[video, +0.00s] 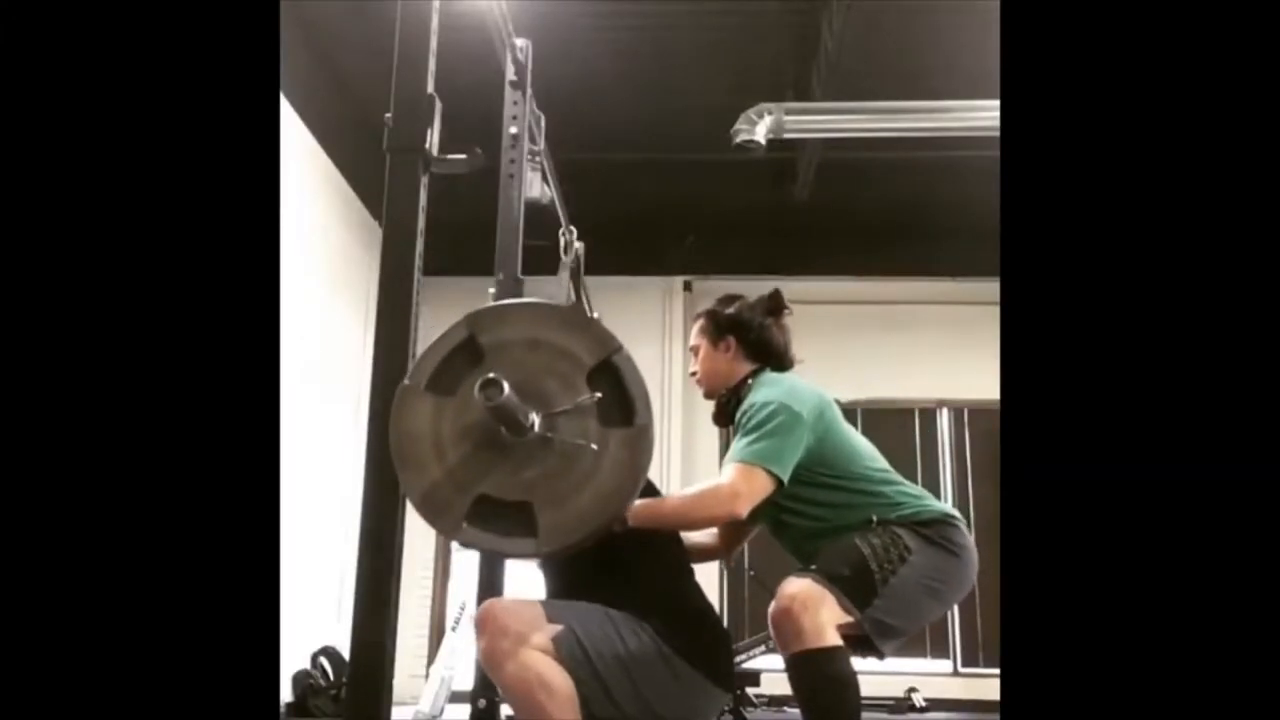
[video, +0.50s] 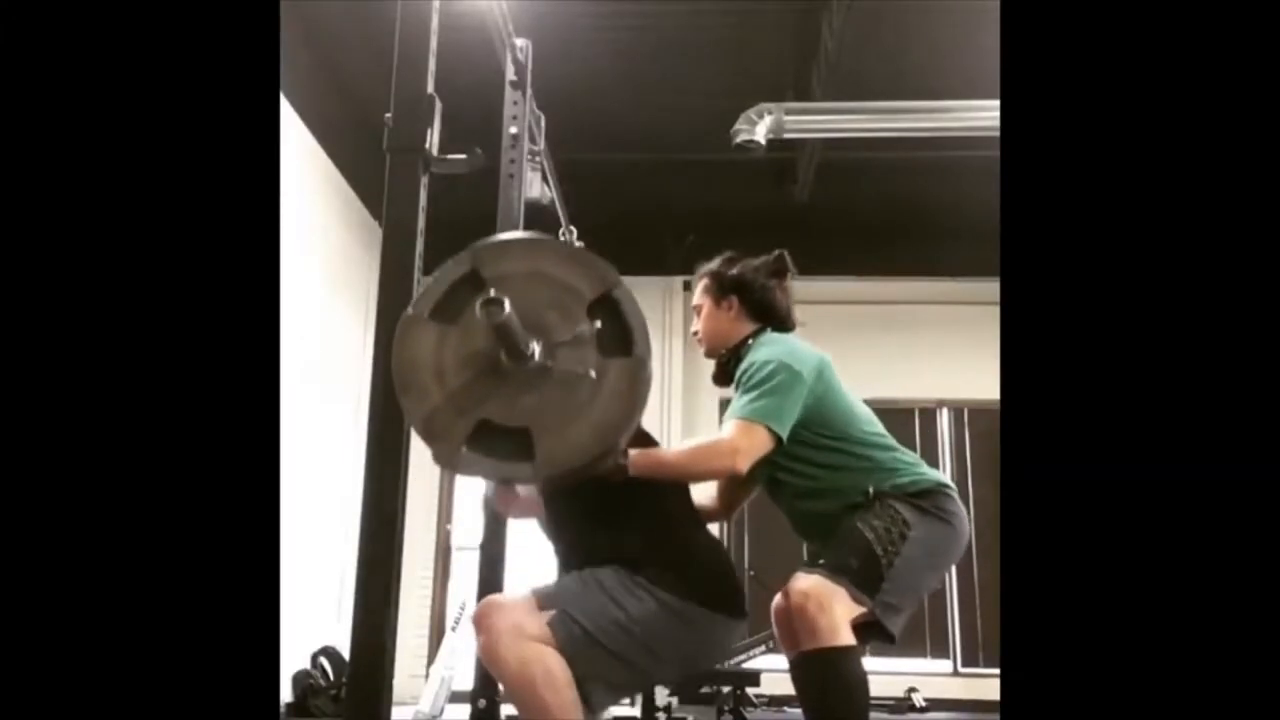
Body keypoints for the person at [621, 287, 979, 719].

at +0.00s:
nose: (691, 368)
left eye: (697, 351)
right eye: (691, 354)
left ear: (730, 347)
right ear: (733, 350)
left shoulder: (780, 398)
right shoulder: (757, 417)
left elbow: (735, 497)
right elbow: (719, 542)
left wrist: (625, 512)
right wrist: (640, 546)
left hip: (926, 540)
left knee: (799, 608)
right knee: (794, 617)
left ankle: (838, 715)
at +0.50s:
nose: (693, 326)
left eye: (698, 311)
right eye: (693, 314)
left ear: (730, 306)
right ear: (732, 307)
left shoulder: (778, 357)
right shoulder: (758, 377)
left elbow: (736, 453)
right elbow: (721, 502)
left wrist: (623, 461)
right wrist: (642, 503)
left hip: (914, 506)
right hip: (867, 518)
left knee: (812, 602)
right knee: (787, 611)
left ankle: (846, 715)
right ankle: (830, 716)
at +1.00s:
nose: (707, 255)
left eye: (715, 239)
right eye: (708, 242)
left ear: (751, 236)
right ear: (751, 239)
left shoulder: (784, 288)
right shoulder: (760, 314)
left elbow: (736, 377)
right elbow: (720, 436)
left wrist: (626, 372)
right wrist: (643, 441)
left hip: (897, 460)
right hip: (852, 474)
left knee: (830, 599)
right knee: (805, 603)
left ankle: (855, 716)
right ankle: (834, 718)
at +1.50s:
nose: (741, 202)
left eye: (749, 187)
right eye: (743, 189)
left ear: (785, 187)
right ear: (789, 192)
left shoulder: (811, 241)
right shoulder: (775, 272)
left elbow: (743, 308)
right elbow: (723, 380)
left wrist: (630, 282)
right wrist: (637, 369)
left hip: (862, 442)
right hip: (827, 453)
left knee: (837, 612)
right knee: (822, 618)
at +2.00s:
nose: (751, 199)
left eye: (761, 184)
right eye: (753, 186)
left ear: (796, 181)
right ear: (795, 186)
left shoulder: (820, 238)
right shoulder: (784, 269)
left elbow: (749, 303)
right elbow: (726, 373)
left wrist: (637, 267)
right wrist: (641, 354)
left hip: (852, 442)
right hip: (816, 453)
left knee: (830, 611)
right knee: (822, 616)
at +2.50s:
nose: (691, 393)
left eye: (699, 378)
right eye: (691, 380)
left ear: (737, 378)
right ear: (737, 382)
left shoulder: (781, 426)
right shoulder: (756, 443)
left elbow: (736, 529)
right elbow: (720, 561)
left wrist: (622, 528)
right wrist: (637, 558)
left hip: (939, 565)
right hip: (908, 569)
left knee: (794, 604)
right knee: (791, 608)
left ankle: (827, 714)